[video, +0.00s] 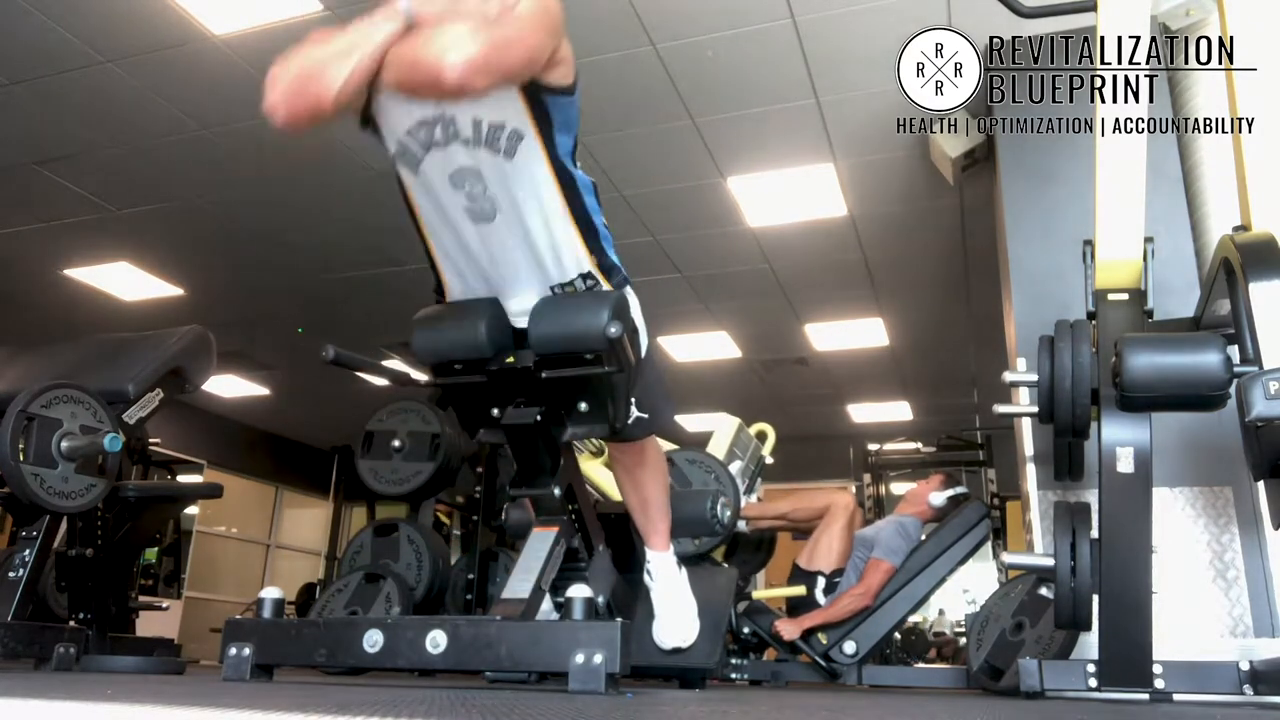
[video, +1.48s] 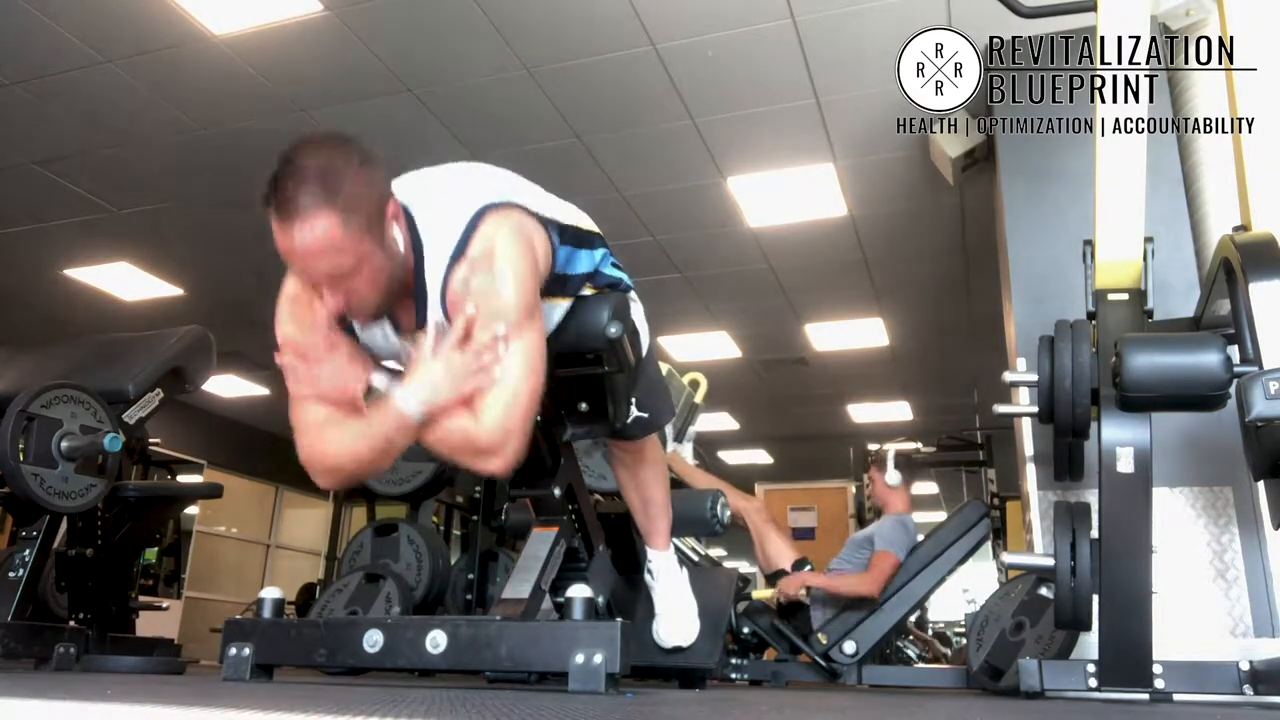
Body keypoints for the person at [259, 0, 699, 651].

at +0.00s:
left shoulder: (534, 12)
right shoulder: (369, 46)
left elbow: (458, 67)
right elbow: (283, 101)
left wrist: (357, 56)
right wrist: (399, 13)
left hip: (579, 284)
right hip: (479, 303)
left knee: (631, 426)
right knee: (520, 442)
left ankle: (661, 564)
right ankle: (547, 538)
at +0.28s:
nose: (467, 4)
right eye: (456, 1)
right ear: (444, 2)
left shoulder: (577, 15)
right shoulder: (418, 39)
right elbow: (342, 14)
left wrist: (425, 4)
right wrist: (424, 0)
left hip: (585, 271)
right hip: (480, 282)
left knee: (629, 427)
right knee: (515, 436)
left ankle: (661, 564)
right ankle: (545, 549)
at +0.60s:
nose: (473, 4)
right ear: (445, 1)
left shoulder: (577, 13)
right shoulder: (418, 41)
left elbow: (485, 6)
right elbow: (344, 12)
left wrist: (420, 1)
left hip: (585, 273)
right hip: (480, 285)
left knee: (629, 428)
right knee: (514, 438)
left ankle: (660, 565)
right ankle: (544, 551)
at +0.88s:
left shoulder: (536, 12)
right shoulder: (363, 42)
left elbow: (466, 77)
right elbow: (286, 107)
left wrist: (358, 55)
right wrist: (404, 20)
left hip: (577, 284)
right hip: (478, 303)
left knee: (628, 426)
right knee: (519, 437)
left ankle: (660, 560)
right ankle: (549, 535)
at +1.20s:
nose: (325, 127)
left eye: (343, 101)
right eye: (307, 107)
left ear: (398, 73)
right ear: (292, 100)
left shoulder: (490, 141)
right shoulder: (297, 189)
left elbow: (461, 318)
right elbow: (287, 346)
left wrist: (345, 267)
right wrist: (385, 250)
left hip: (568, 300)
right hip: (467, 330)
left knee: (624, 411)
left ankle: (662, 563)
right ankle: (548, 530)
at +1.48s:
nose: (327, 300)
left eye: (342, 279)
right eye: (311, 283)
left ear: (394, 226)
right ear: (292, 257)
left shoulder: (496, 244)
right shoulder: (304, 291)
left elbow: (495, 447)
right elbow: (325, 463)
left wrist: (367, 381)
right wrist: (417, 396)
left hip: (574, 301)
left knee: (632, 426)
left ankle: (662, 560)